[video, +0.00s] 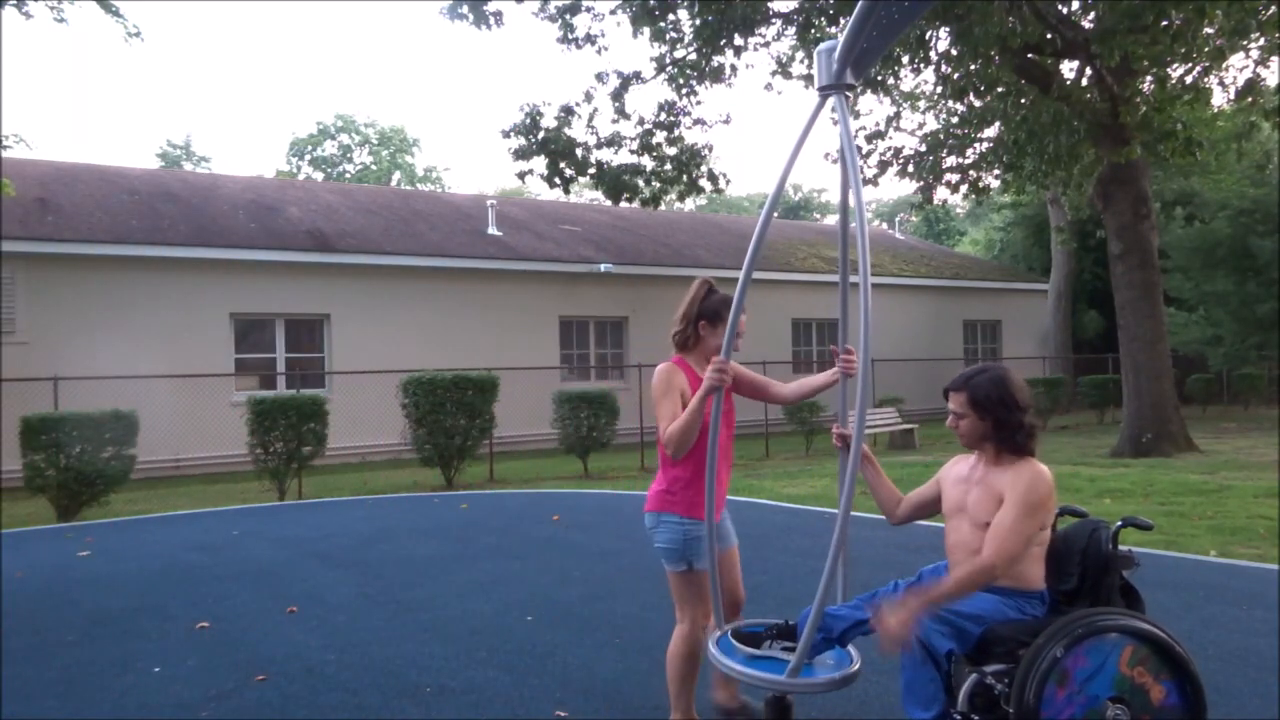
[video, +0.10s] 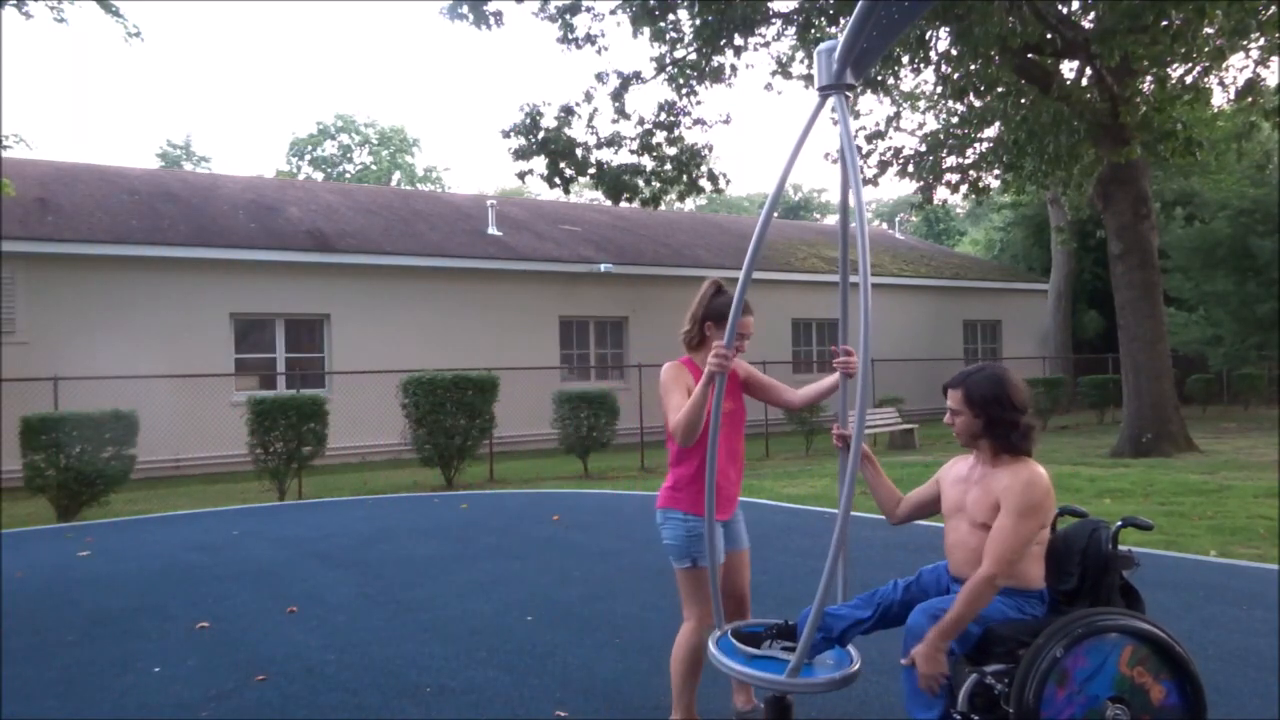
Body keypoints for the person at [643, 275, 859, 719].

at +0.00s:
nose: (737, 343)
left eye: (740, 334)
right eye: (732, 333)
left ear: (713, 329)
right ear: (704, 330)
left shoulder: (721, 369)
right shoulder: (669, 374)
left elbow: (783, 392)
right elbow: (672, 445)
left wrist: (836, 373)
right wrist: (703, 392)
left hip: (713, 508)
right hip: (676, 513)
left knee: (733, 604)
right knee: (695, 620)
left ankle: (726, 694)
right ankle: (681, 713)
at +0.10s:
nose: (744, 345)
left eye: (747, 336)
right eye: (738, 336)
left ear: (747, 333)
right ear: (710, 331)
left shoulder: (736, 369)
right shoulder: (676, 373)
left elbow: (793, 399)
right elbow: (682, 435)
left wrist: (839, 376)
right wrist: (709, 378)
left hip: (727, 508)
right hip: (685, 511)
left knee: (738, 606)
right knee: (699, 619)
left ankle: (744, 698)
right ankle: (682, 713)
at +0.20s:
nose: (750, 343)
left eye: (754, 335)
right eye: (743, 335)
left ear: (757, 330)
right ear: (716, 328)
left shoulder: (747, 368)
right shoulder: (684, 368)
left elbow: (802, 405)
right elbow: (688, 422)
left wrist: (840, 377)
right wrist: (715, 368)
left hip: (739, 505)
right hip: (696, 509)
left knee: (744, 605)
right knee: (712, 615)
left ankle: (746, 697)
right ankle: (684, 712)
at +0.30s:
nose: (756, 343)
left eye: (761, 335)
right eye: (749, 334)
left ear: (764, 329)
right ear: (722, 326)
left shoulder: (757, 368)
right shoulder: (691, 366)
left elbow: (805, 409)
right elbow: (692, 417)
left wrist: (840, 379)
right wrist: (717, 367)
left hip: (747, 504)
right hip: (702, 507)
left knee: (745, 605)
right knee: (721, 611)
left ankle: (746, 694)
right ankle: (693, 708)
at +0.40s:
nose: (761, 342)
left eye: (766, 334)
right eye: (753, 333)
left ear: (768, 329)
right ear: (727, 326)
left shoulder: (763, 366)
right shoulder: (696, 365)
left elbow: (808, 412)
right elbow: (695, 416)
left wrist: (841, 380)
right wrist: (719, 369)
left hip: (752, 504)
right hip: (704, 505)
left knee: (747, 604)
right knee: (718, 610)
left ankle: (747, 692)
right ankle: (698, 707)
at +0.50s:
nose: (763, 342)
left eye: (768, 334)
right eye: (755, 333)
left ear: (771, 330)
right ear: (729, 325)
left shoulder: (767, 367)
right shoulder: (698, 365)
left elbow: (808, 414)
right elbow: (696, 416)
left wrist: (842, 380)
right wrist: (718, 370)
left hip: (755, 506)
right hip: (706, 507)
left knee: (747, 605)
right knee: (709, 613)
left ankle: (747, 693)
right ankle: (697, 708)